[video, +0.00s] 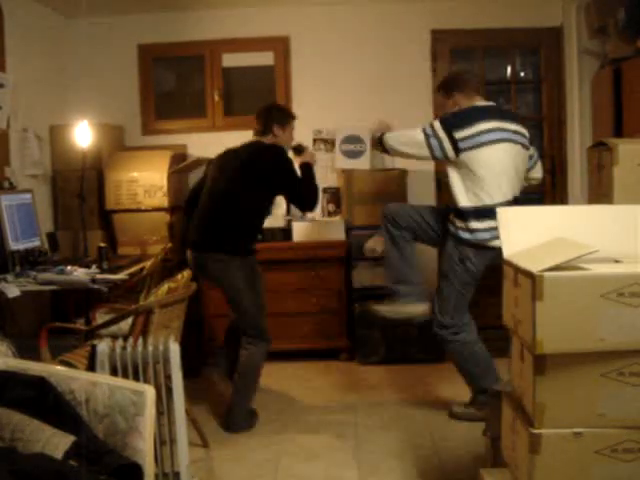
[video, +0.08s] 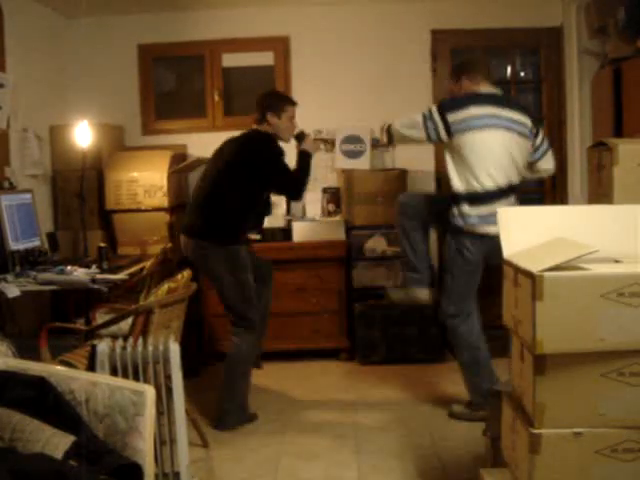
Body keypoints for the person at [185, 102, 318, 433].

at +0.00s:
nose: (291, 138)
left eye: (291, 131)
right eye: (290, 132)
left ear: (259, 129)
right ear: (277, 130)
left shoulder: (227, 157)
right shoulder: (275, 159)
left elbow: (192, 203)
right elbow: (306, 202)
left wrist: (189, 245)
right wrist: (307, 167)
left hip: (203, 250)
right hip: (234, 253)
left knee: (242, 314)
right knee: (256, 334)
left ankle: (226, 371)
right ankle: (238, 414)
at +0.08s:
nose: (295, 125)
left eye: (294, 118)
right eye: (290, 118)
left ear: (265, 119)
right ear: (272, 118)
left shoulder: (237, 143)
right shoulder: (263, 147)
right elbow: (294, 189)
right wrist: (306, 154)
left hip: (199, 236)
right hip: (219, 242)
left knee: (262, 272)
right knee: (246, 325)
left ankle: (250, 347)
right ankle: (232, 412)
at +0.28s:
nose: (277, 126)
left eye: (278, 120)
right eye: (270, 120)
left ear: (272, 123)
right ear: (250, 121)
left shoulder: (249, 155)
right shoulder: (233, 150)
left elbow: (243, 203)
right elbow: (257, 186)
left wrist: (254, 235)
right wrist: (281, 147)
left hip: (228, 252)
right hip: (208, 253)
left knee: (260, 320)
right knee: (240, 327)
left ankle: (247, 387)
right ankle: (218, 396)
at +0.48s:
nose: (260, 117)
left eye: (262, 110)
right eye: (253, 110)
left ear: (267, 114)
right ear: (235, 115)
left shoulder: (260, 154)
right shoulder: (218, 144)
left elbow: (261, 199)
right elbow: (228, 178)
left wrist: (274, 237)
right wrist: (254, 137)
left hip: (238, 247)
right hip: (209, 250)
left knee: (287, 279)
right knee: (238, 330)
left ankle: (271, 350)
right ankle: (217, 396)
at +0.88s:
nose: (251, 102)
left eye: (256, 96)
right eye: (245, 98)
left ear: (267, 104)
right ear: (236, 106)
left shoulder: (282, 141)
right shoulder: (222, 139)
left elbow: (303, 187)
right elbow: (193, 148)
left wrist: (315, 233)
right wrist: (228, 114)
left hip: (272, 241)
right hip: (236, 244)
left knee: (292, 298)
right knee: (244, 320)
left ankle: (286, 375)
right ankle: (238, 393)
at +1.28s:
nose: (292, 121)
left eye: (297, 114)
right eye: (285, 114)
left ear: (303, 113)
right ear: (268, 113)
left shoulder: (321, 149)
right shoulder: (253, 146)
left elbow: (353, 198)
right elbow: (225, 182)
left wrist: (361, 243)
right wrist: (263, 145)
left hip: (317, 256)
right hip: (275, 258)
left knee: (317, 334)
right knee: (283, 338)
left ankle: (318, 411)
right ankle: (294, 401)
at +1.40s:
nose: (329, 120)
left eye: (332, 112)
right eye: (322, 112)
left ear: (333, 111)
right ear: (299, 110)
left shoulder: (338, 142)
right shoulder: (271, 137)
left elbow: (363, 190)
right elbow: (244, 184)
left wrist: (370, 233)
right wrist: (292, 157)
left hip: (329, 240)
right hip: (287, 242)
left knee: (336, 309)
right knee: (294, 322)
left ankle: (330, 385)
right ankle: (299, 396)